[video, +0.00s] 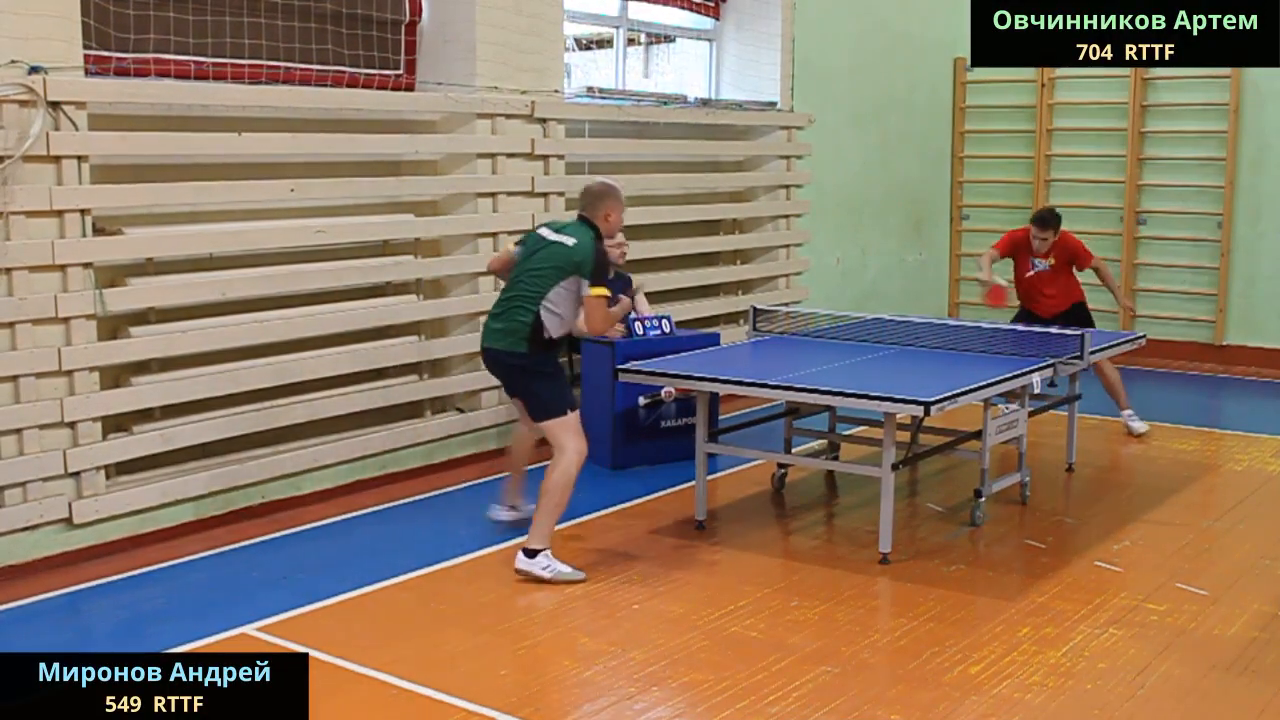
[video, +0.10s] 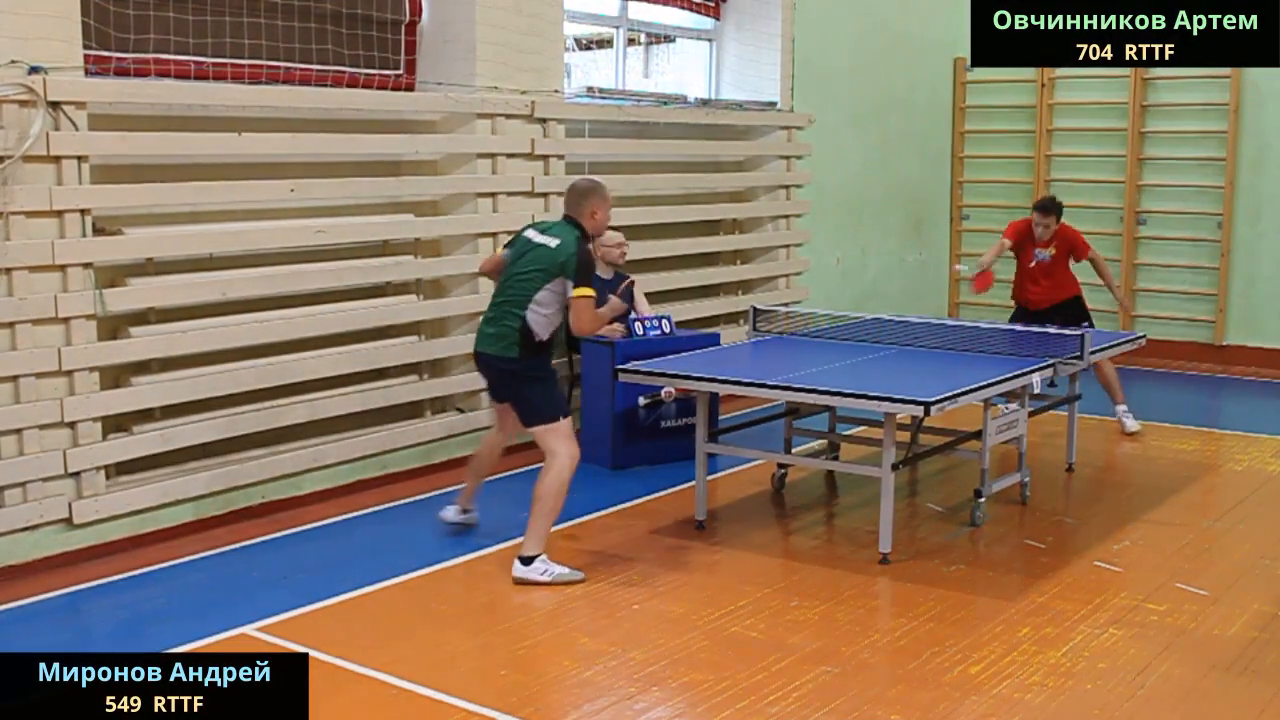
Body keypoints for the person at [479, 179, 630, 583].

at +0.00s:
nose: (620, 223)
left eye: (621, 217)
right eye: (620, 217)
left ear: (582, 211)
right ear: (608, 215)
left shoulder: (548, 229)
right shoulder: (594, 248)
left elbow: (498, 264)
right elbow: (596, 324)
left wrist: (536, 276)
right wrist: (621, 306)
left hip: (496, 343)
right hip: (527, 349)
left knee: (531, 422)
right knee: (572, 448)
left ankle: (510, 503)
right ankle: (535, 551)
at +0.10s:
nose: (608, 218)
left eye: (608, 211)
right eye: (606, 211)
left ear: (569, 208)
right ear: (592, 212)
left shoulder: (536, 229)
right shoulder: (578, 250)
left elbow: (489, 266)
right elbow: (581, 325)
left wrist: (528, 281)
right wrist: (613, 308)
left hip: (488, 349)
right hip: (521, 355)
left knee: (506, 428)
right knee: (563, 453)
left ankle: (461, 506)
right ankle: (530, 557)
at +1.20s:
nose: (510, 228)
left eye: (506, 223)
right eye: (506, 223)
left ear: (468, 229)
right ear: (495, 225)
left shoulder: (442, 273)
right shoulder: (500, 243)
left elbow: (405, 336)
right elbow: (547, 192)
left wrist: (391, 383)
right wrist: (518, 185)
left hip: (438, 389)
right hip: (485, 386)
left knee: (431, 457)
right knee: (564, 455)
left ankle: (372, 536)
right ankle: (537, 558)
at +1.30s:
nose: (497, 227)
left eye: (494, 221)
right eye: (493, 222)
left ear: (454, 229)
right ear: (476, 225)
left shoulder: (427, 268)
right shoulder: (488, 246)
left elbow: (395, 337)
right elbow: (546, 207)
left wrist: (394, 382)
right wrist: (531, 182)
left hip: (421, 385)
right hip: (468, 382)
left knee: (414, 452)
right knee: (548, 454)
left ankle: (369, 541)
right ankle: (536, 557)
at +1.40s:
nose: (487, 217)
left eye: (484, 212)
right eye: (481, 212)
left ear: (444, 219)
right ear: (462, 217)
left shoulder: (418, 256)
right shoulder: (473, 241)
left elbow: (389, 323)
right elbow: (535, 217)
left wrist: (402, 361)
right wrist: (540, 180)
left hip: (404, 378)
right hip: (452, 376)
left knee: (407, 447)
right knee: (526, 450)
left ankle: (367, 541)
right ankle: (533, 556)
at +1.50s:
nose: (479, 207)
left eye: (478, 200)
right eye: (475, 200)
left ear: (439, 206)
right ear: (456, 203)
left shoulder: (409, 241)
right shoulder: (460, 232)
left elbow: (386, 308)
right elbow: (521, 227)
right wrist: (542, 194)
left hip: (391, 364)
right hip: (436, 363)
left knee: (400, 446)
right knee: (497, 448)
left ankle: (366, 541)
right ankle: (523, 555)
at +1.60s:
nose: (474, 195)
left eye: (473, 187)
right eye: (470, 188)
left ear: (435, 192)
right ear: (452, 191)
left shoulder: (405, 228)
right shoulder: (447, 227)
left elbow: (393, 286)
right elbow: (499, 248)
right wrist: (534, 229)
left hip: (386, 354)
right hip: (428, 355)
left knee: (396, 442)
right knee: (481, 446)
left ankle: (366, 539)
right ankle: (477, 555)